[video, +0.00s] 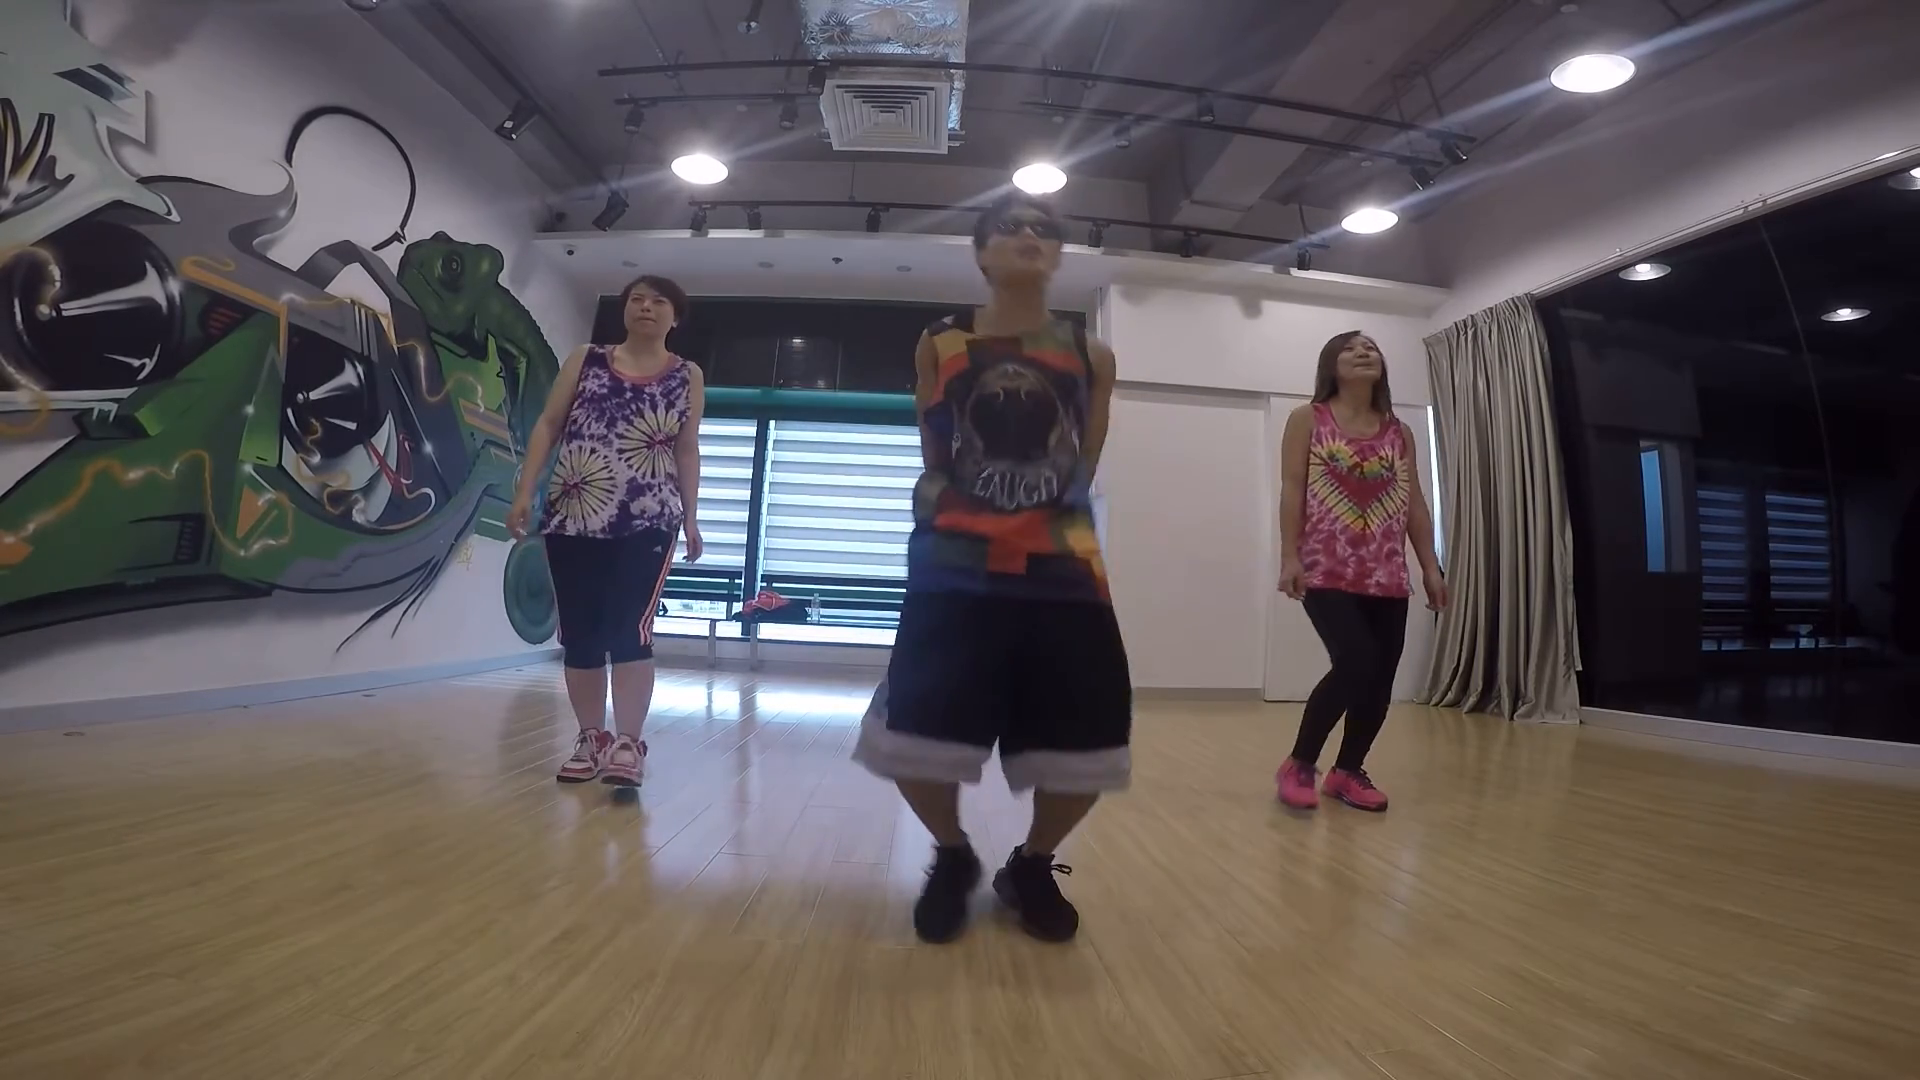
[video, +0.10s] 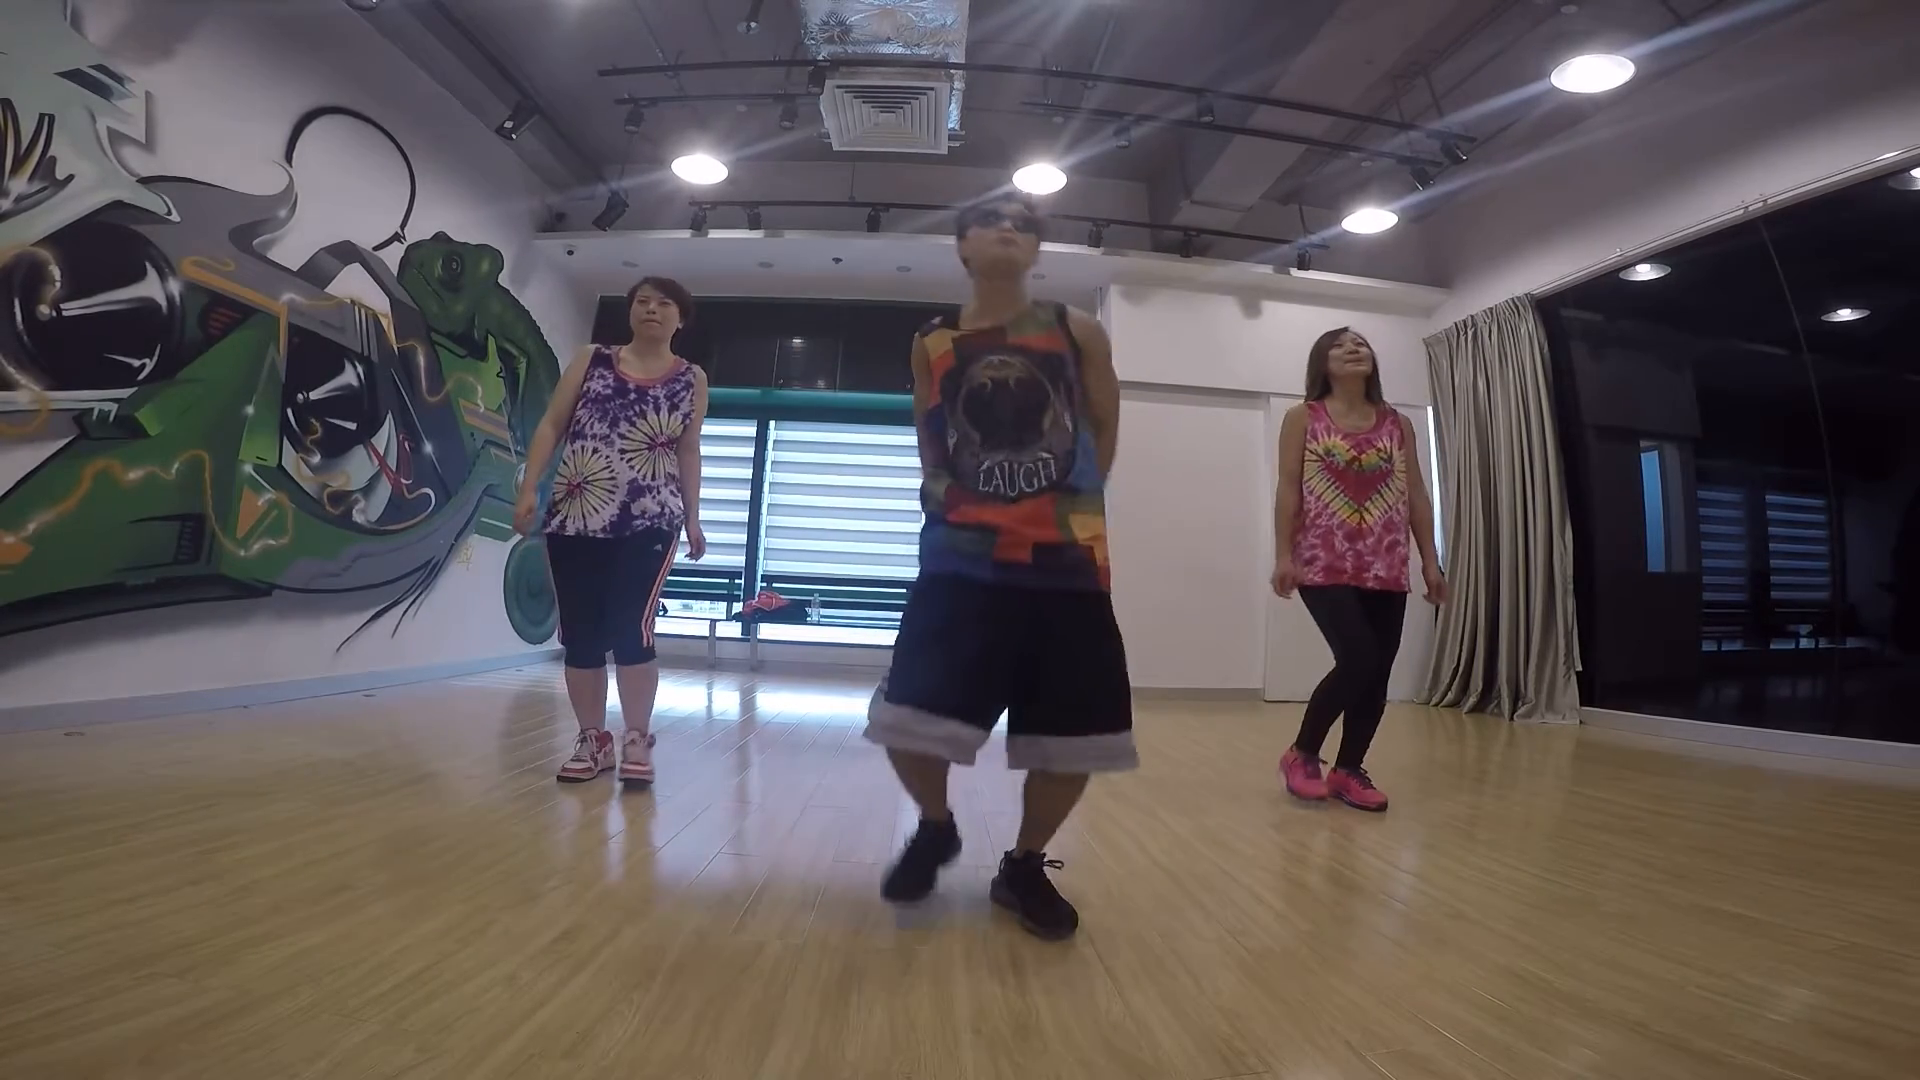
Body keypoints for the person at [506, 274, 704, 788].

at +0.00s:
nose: (646, 305)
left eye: (659, 300)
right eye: (637, 298)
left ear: (675, 317)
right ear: (623, 312)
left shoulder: (686, 376)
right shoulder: (585, 359)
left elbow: (686, 450)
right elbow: (549, 424)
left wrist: (689, 519)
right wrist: (523, 493)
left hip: (646, 522)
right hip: (574, 518)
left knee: (626, 632)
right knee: (580, 636)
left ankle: (628, 744)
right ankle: (591, 741)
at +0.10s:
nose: (651, 308)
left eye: (664, 302)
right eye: (642, 301)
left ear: (680, 318)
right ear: (629, 313)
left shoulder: (691, 379)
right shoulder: (591, 359)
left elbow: (688, 451)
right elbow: (552, 424)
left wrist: (691, 519)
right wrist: (528, 488)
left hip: (648, 522)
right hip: (576, 517)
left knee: (628, 632)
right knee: (580, 635)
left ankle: (637, 741)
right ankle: (592, 740)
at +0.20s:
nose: (654, 315)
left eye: (667, 309)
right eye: (646, 308)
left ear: (684, 325)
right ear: (633, 319)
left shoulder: (695, 384)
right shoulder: (596, 367)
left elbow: (693, 457)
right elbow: (560, 432)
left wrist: (694, 523)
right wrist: (534, 493)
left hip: (649, 527)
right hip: (578, 523)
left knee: (631, 638)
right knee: (578, 640)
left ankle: (646, 735)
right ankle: (593, 741)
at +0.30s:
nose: (657, 318)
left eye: (669, 312)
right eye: (649, 311)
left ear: (686, 326)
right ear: (636, 323)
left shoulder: (700, 384)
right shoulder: (602, 374)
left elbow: (701, 457)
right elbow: (570, 439)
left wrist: (698, 520)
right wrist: (545, 505)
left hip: (654, 531)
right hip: (583, 527)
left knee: (638, 641)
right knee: (577, 640)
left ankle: (647, 736)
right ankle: (592, 739)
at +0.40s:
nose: (657, 317)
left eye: (669, 311)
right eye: (650, 310)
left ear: (689, 325)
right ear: (639, 323)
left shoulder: (703, 381)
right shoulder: (608, 375)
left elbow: (707, 455)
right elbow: (578, 445)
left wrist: (697, 513)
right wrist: (559, 512)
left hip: (658, 535)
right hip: (590, 530)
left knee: (644, 645)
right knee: (573, 641)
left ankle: (646, 737)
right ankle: (590, 735)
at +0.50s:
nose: (658, 322)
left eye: (670, 316)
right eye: (650, 315)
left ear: (689, 330)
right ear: (639, 327)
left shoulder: (703, 384)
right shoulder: (612, 381)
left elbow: (710, 456)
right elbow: (584, 454)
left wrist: (696, 504)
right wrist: (565, 518)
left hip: (662, 537)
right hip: (596, 531)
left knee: (643, 642)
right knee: (571, 635)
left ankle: (646, 738)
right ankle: (582, 742)